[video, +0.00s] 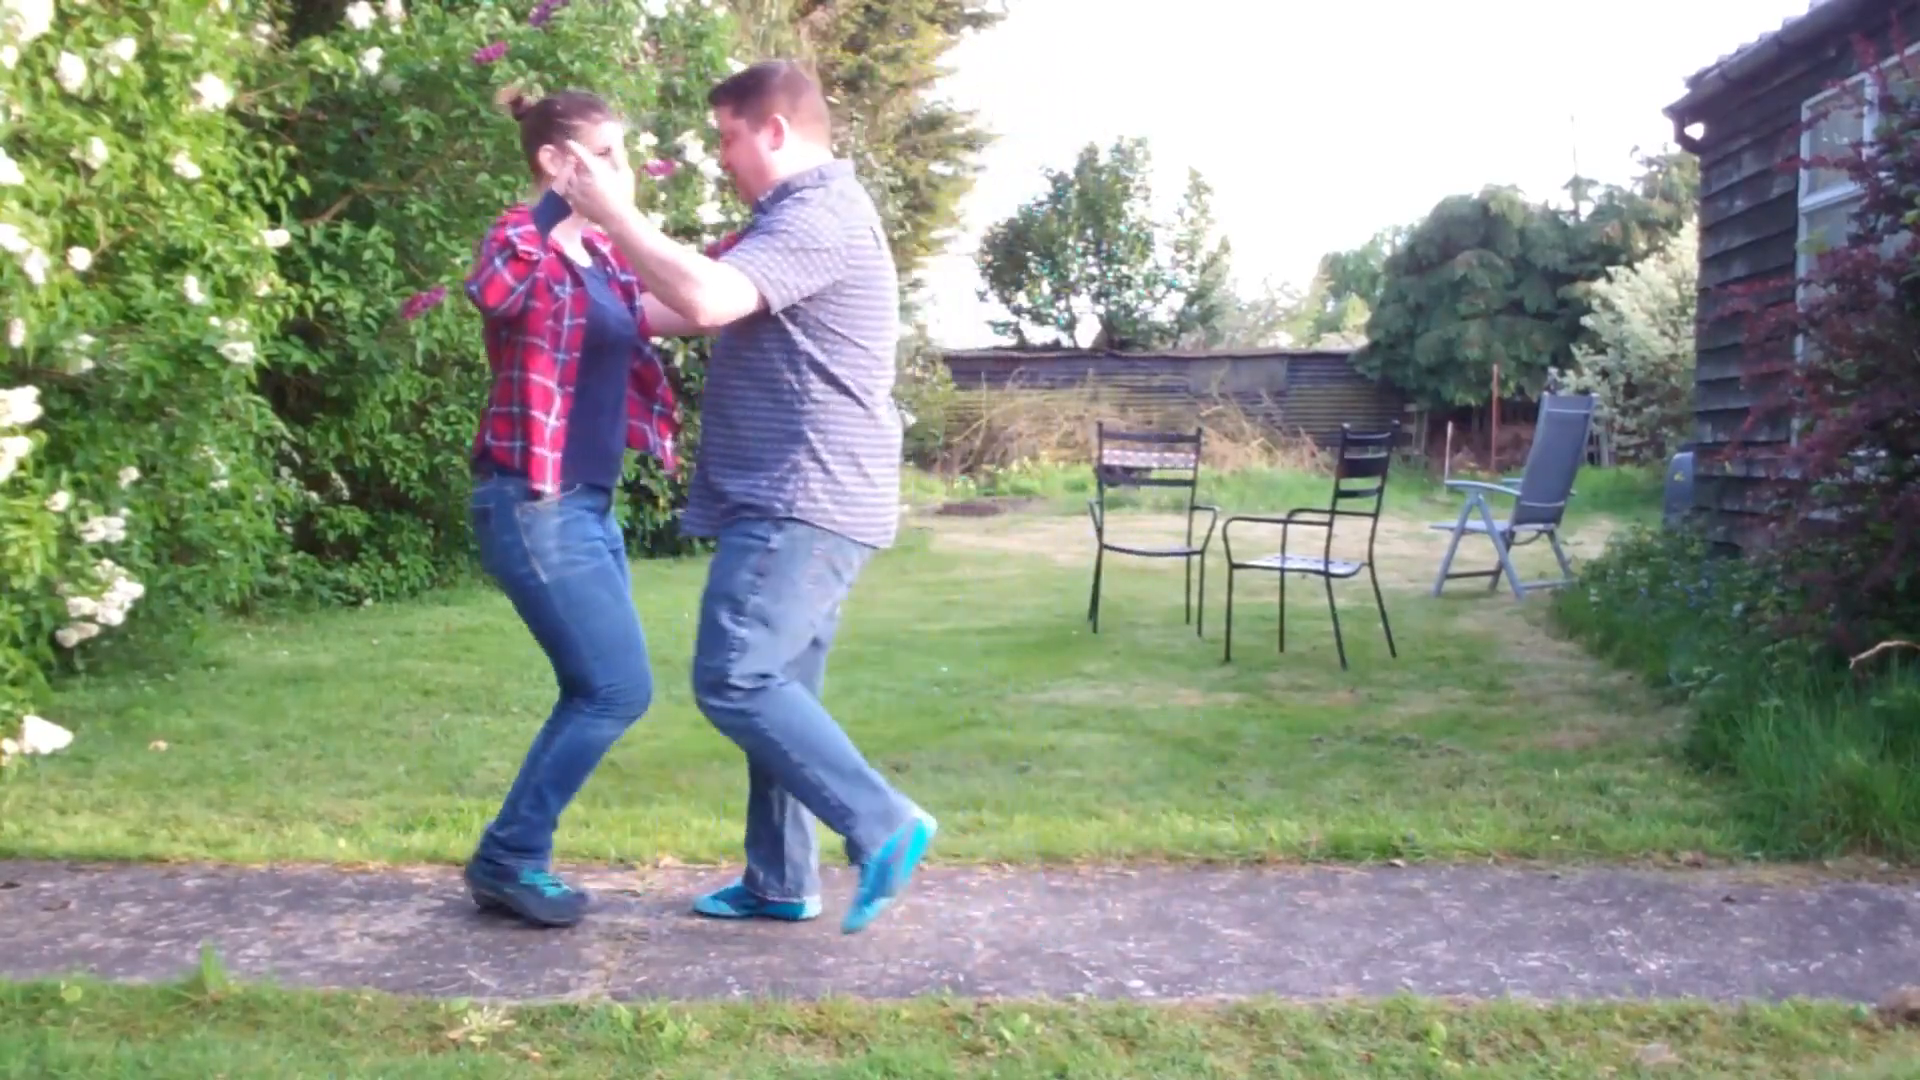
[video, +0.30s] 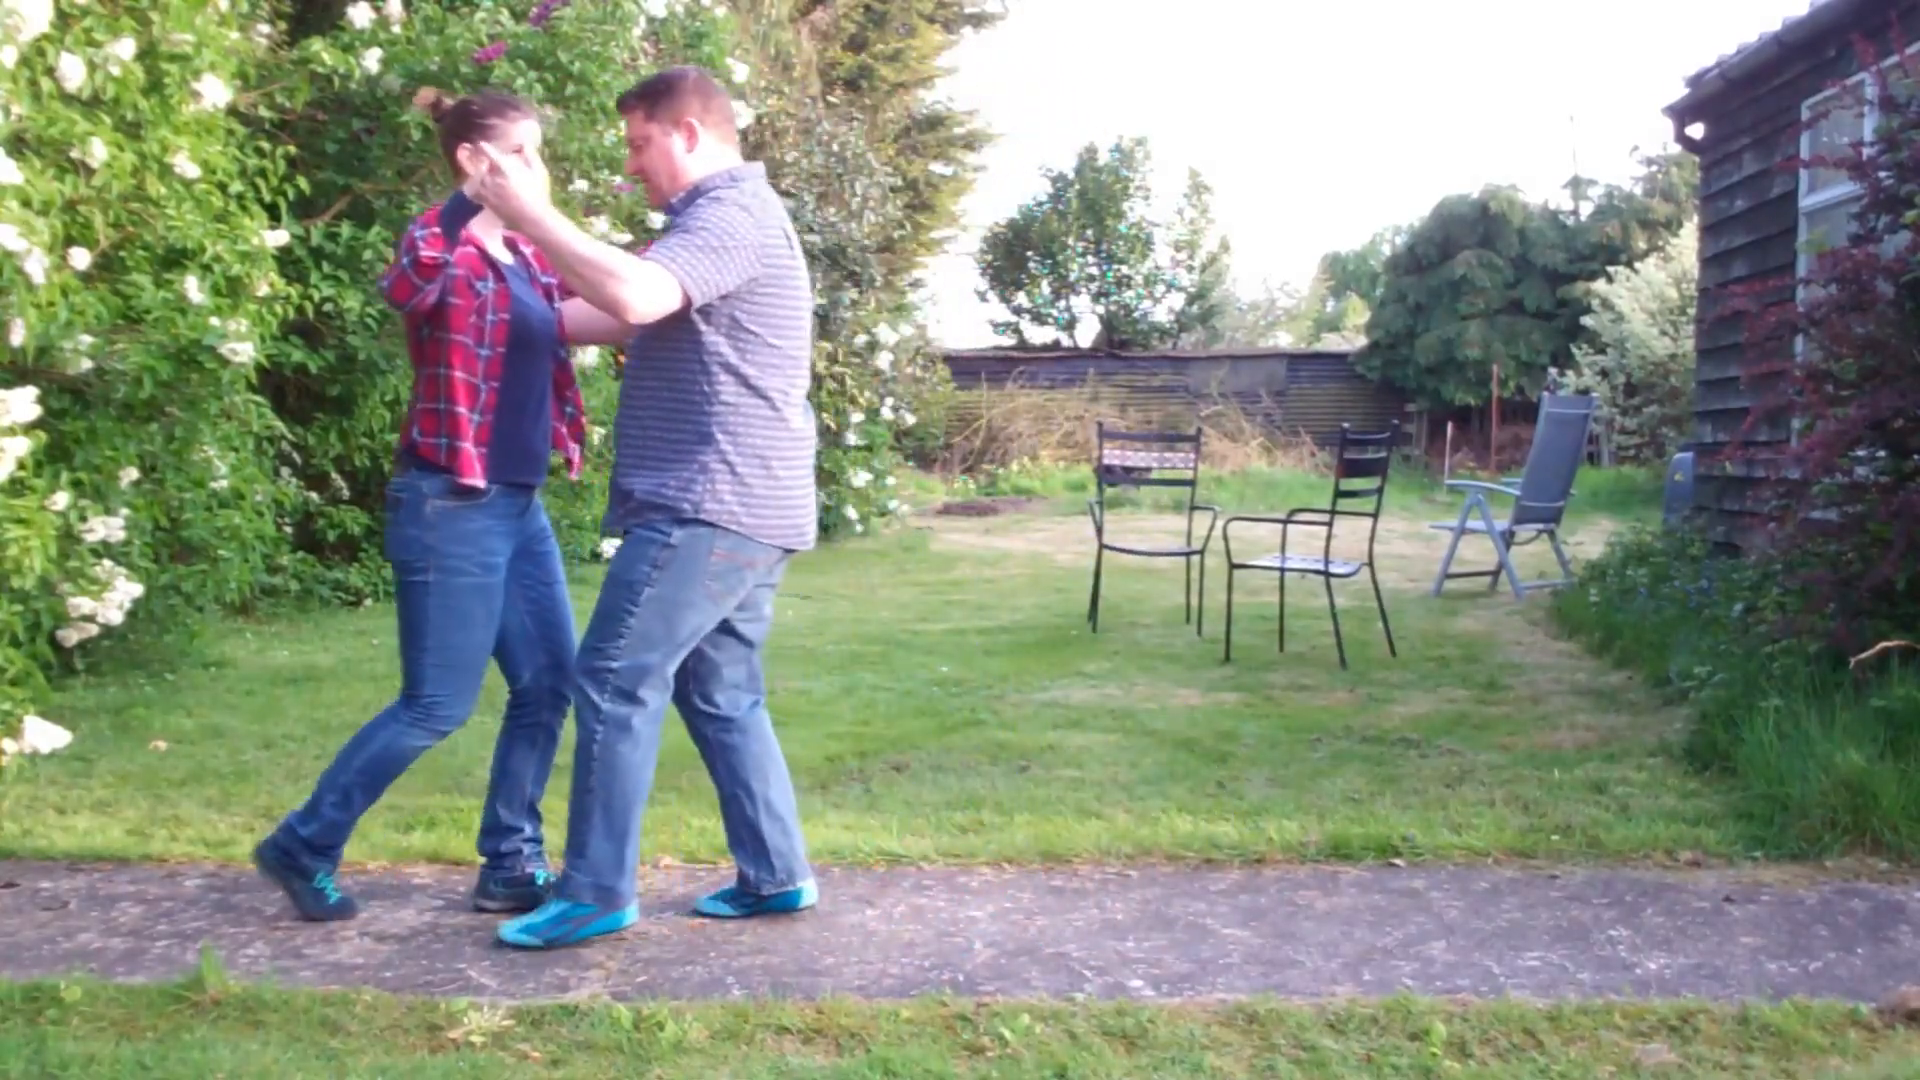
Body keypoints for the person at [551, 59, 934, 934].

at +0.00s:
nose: (720, 158)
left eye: (726, 139)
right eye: (719, 141)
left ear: (773, 131)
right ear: (785, 131)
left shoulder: (817, 212)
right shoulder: (810, 209)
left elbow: (705, 299)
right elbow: (703, 293)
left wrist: (617, 214)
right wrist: (621, 242)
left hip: (803, 496)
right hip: (807, 497)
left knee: (735, 680)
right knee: (782, 688)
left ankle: (886, 827)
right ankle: (779, 881)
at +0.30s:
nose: (632, 168)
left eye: (638, 147)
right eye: (629, 150)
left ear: (687, 132)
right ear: (697, 135)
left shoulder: (734, 211)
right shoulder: (733, 213)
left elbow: (641, 293)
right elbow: (617, 316)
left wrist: (531, 213)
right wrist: (502, 306)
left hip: (710, 502)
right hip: (748, 504)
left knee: (613, 682)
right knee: (723, 692)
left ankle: (595, 892)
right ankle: (776, 875)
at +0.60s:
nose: (560, 159)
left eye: (567, 138)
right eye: (559, 141)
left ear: (616, 128)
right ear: (633, 130)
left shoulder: (647, 204)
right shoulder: (680, 206)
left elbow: (556, 293)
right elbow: (549, 315)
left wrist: (440, 218)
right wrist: (446, 245)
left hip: (623, 498)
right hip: (686, 502)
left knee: (565, 695)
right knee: (648, 684)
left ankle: (591, 900)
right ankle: (750, 856)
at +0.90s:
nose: (556, 152)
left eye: (562, 131)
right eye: (555, 133)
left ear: (608, 124)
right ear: (634, 125)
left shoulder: (640, 197)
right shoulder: (687, 199)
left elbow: (544, 302)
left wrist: (428, 231)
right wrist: (477, 252)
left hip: (630, 498)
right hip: (702, 500)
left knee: (584, 698)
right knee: (658, 687)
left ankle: (590, 898)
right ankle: (734, 872)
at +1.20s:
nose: (604, 148)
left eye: (608, 129)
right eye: (603, 130)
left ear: (648, 119)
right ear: (686, 120)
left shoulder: (685, 197)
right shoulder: (725, 194)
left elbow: (569, 293)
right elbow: (593, 290)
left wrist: (450, 227)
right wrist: (487, 234)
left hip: (701, 492)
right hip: (768, 495)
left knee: (618, 688)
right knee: (715, 695)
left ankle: (687, 892)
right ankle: (755, 898)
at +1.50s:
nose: (654, 129)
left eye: (660, 111)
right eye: (658, 111)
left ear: (689, 109)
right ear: (746, 112)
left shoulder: (705, 191)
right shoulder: (772, 187)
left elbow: (575, 281)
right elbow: (650, 283)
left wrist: (461, 222)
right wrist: (559, 235)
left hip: (747, 496)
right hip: (825, 493)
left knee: (734, 716)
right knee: (772, 708)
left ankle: (777, 934)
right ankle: (750, 895)